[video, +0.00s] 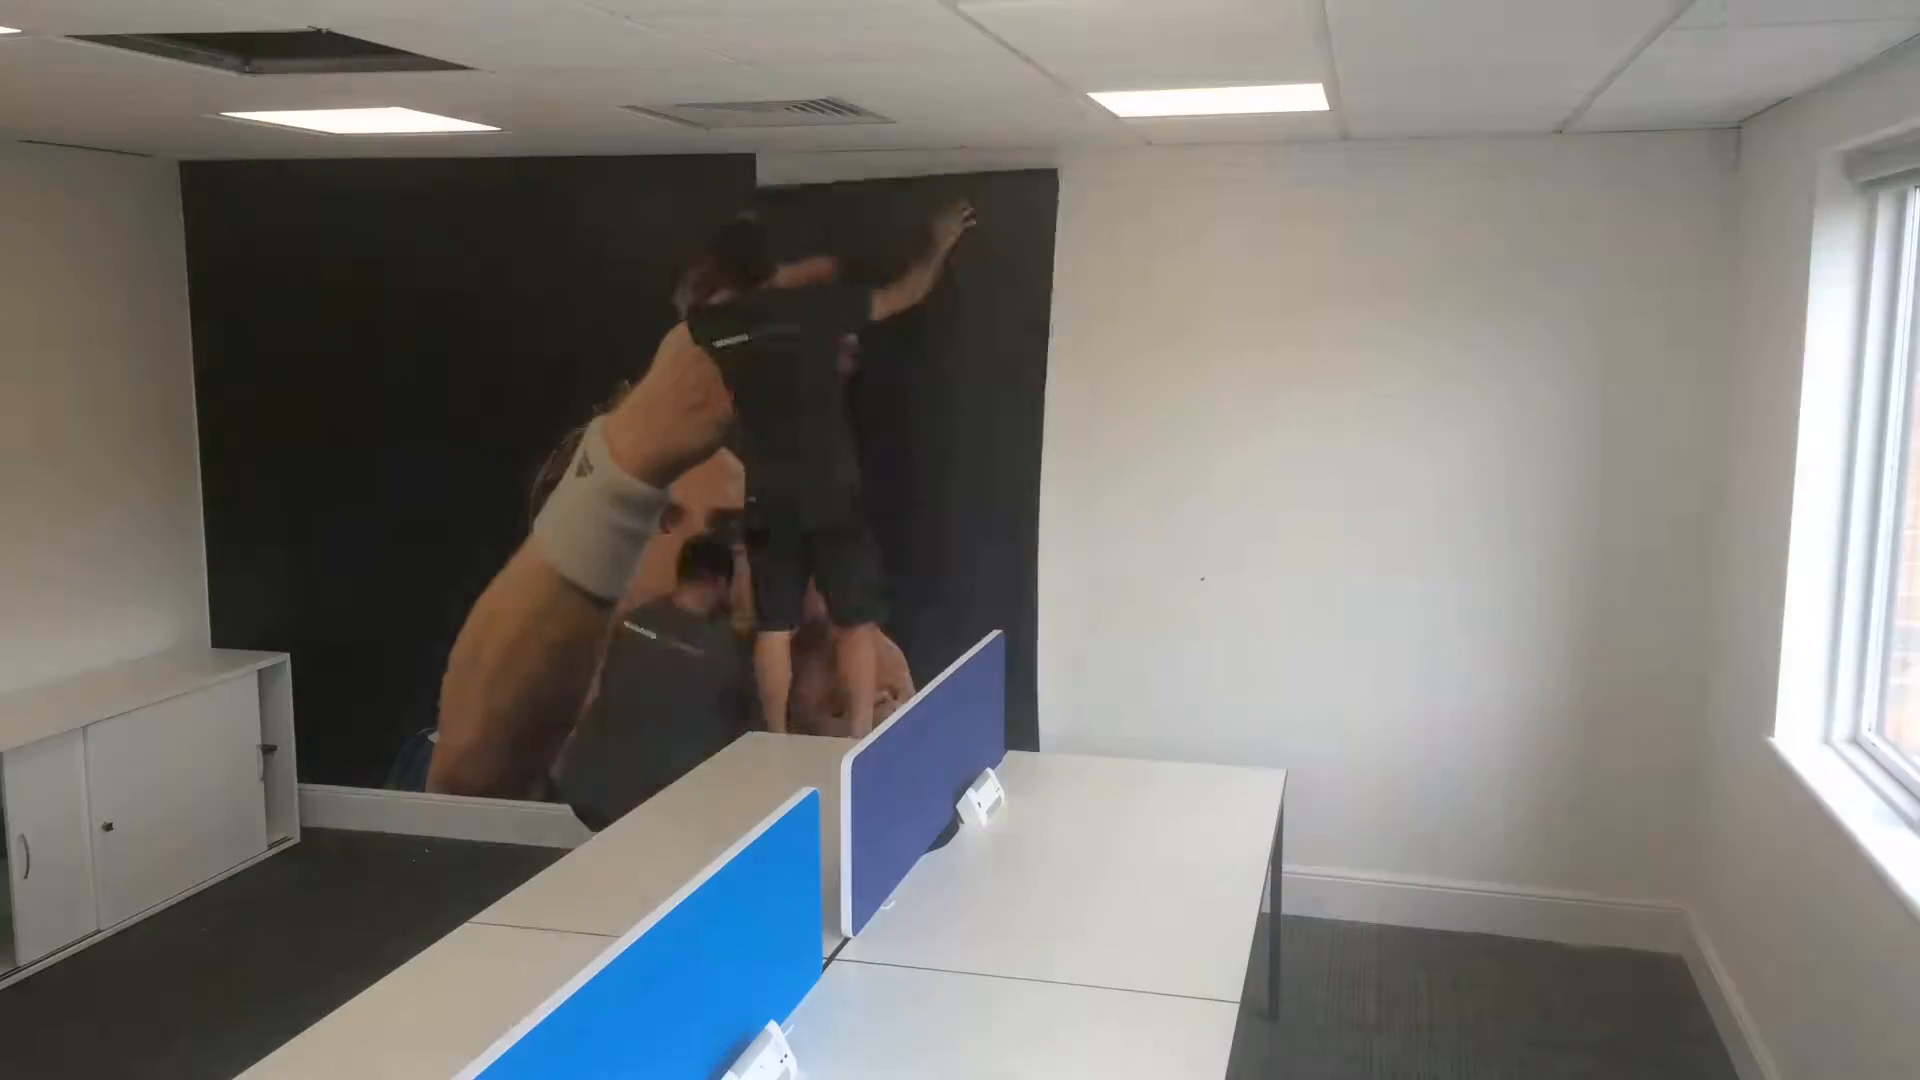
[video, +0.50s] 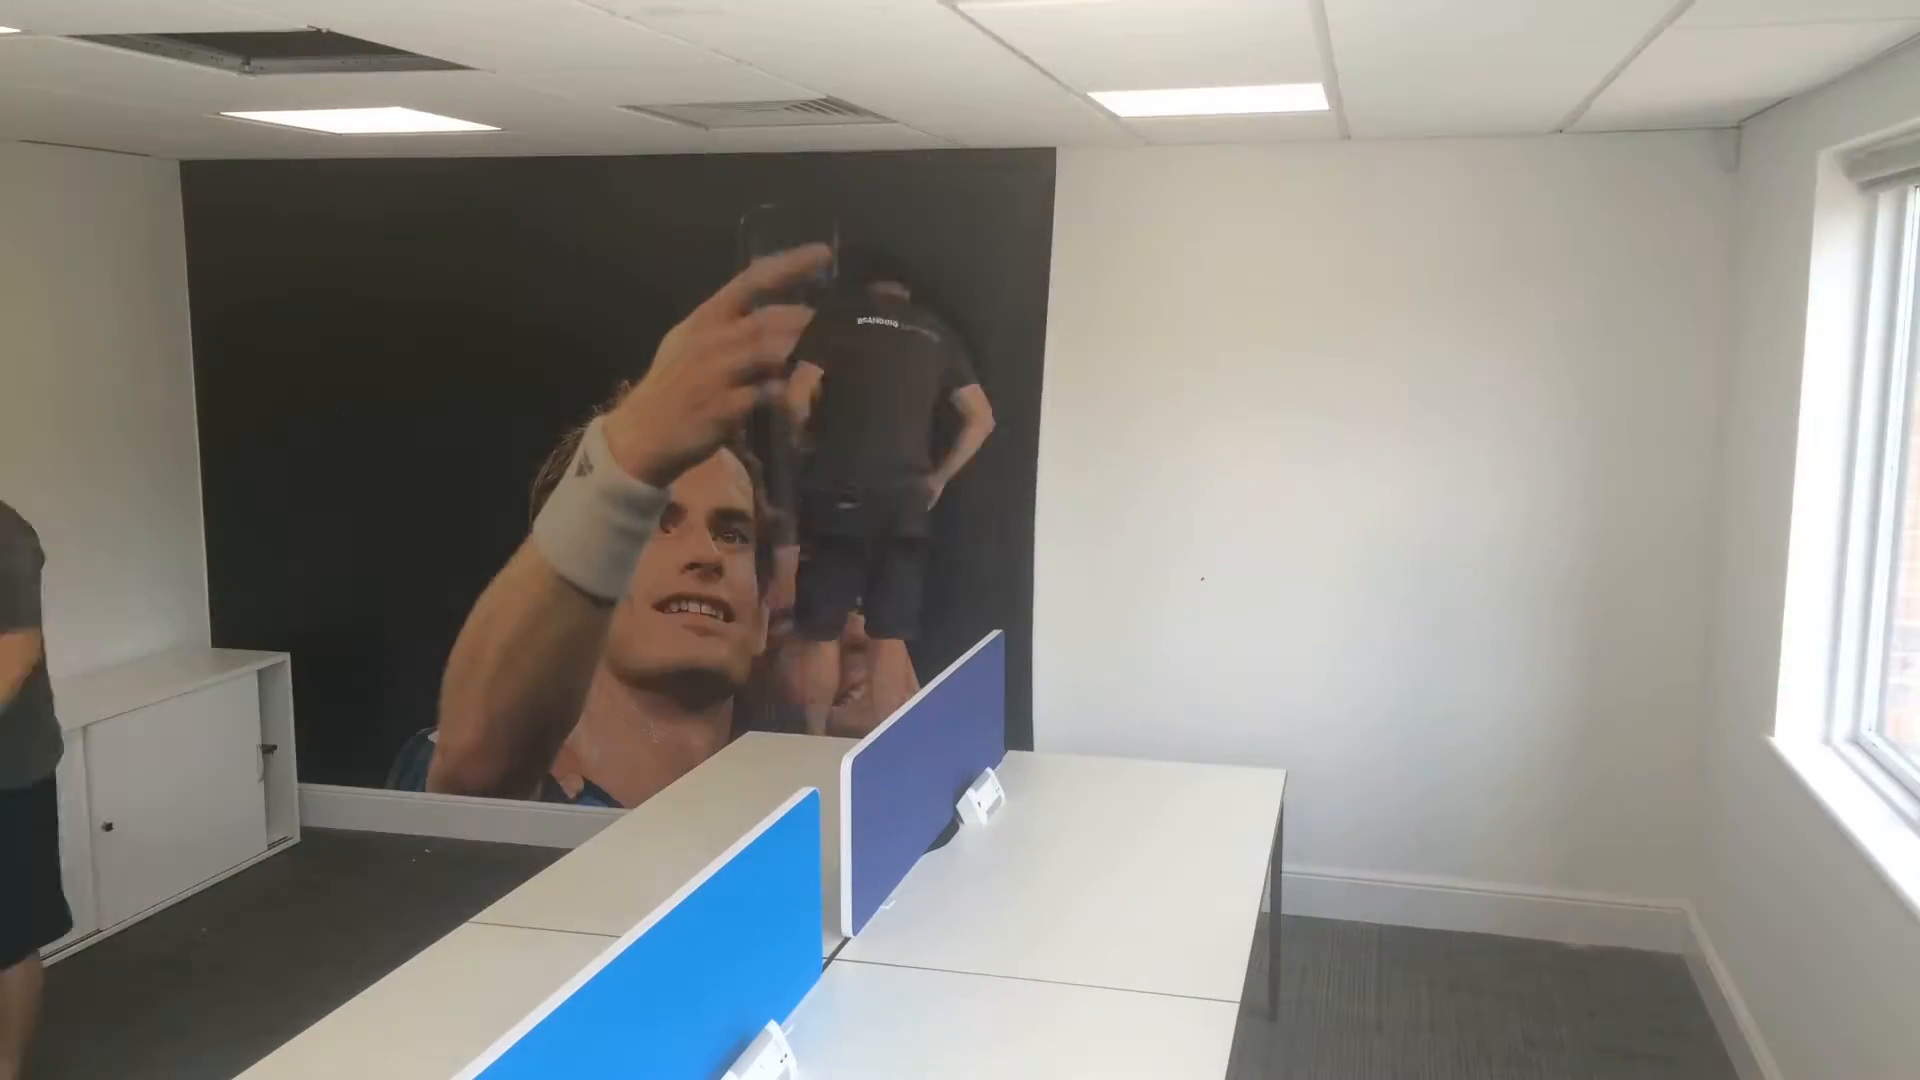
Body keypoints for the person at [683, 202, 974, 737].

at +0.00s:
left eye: (720, 265)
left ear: (718, 271)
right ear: (769, 261)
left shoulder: (711, 328)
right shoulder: (820, 305)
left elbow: (748, 298)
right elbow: (908, 292)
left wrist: (797, 274)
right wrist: (941, 246)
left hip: (768, 493)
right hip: (832, 487)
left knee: (774, 622)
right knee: (853, 615)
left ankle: (776, 743)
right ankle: (861, 739)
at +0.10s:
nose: (794, 257)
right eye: (787, 253)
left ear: (727, 280)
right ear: (777, 268)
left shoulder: (714, 331)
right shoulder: (817, 307)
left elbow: (697, 304)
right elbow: (907, 288)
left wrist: (722, 256)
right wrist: (927, 236)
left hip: (762, 495)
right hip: (828, 490)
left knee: (767, 623)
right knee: (845, 620)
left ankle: (770, 748)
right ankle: (853, 745)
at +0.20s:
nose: (964, 267)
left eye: (958, 257)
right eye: (960, 261)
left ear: (904, 265)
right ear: (955, 274)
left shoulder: (870, 310)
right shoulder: (967, 324)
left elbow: (954, 245)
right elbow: (1044, 274)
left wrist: (1020, 209)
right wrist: (1063, 210)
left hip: (857, 494)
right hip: (922, 503)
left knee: (827, 614)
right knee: (906, 631)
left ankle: (789, 721)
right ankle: (897, 748)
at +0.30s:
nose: (976, 282)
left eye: (976, 273)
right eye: (974, 272)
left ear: (916, 265)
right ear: (963, 271)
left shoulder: (868, 306)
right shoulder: (967, 319)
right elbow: (1039, 265)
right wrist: (1050, 199)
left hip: (862, 492)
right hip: (932, 501)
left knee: (836, 619)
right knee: (920, 633)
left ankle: (805, 736)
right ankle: (915, 756)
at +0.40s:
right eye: (827, 253)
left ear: (778, 266)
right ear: (830, 266)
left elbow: (802, 257)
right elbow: (926, 267)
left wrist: (845, 207)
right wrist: (912, 210)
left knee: (803, 619)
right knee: (889, 610)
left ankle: (810, 740)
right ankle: (910, 731)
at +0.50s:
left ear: (859, 291)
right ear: (910, 298)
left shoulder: (836, 320)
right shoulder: (937, 335)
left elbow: (796, 397)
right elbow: (981, 418)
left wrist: (802, 437)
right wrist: (940, 478)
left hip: (838, 497)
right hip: (907, 503)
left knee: (822, 633)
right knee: (890, 639)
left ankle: (815, 754)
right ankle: (895, 763)